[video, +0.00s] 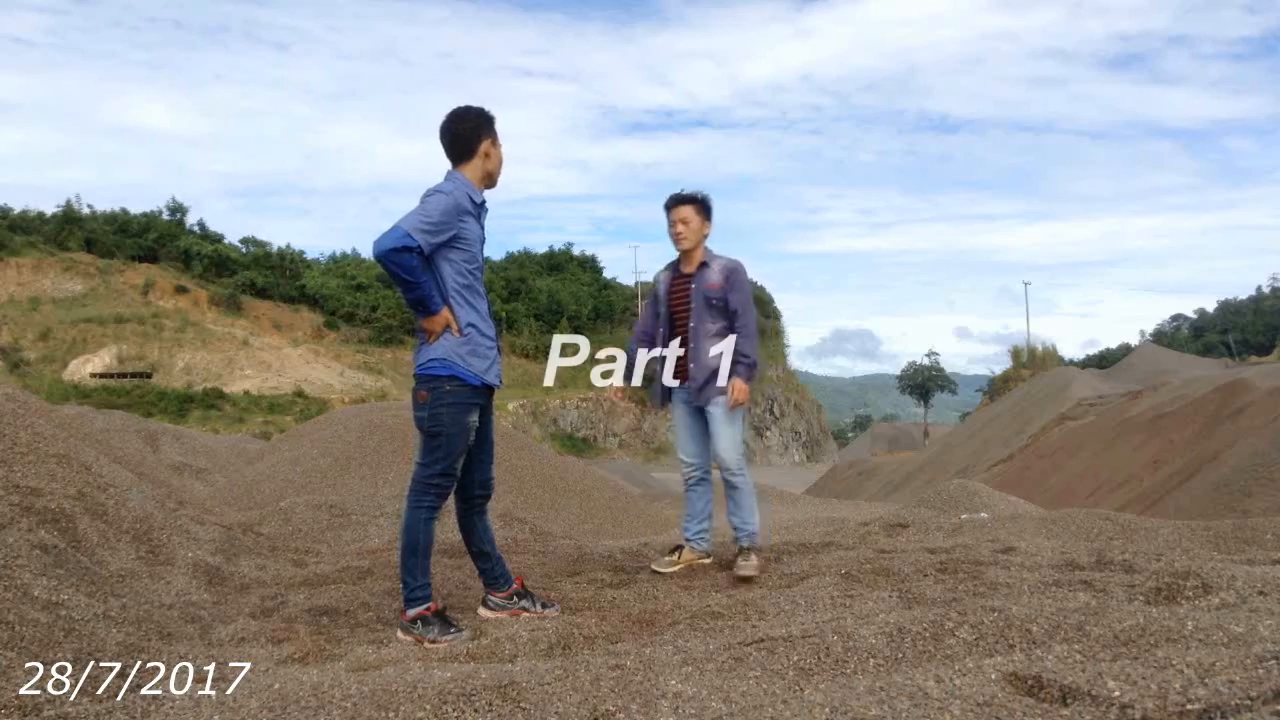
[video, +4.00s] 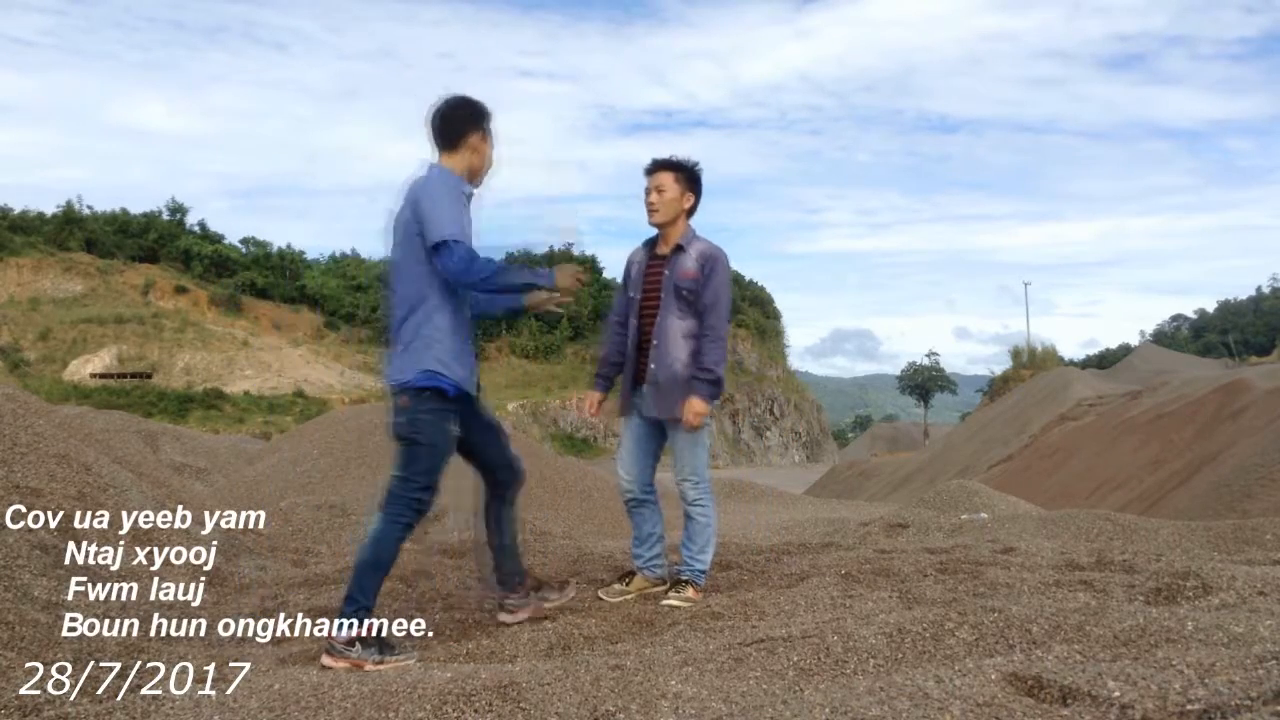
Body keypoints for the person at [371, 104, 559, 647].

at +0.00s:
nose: (502, 156)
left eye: (499, 145)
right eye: (499, 145)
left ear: (463, 150)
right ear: (486, 148)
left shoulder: (466, 204)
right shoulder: (450, 198)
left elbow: (419, 258)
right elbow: (393, 247)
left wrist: (453, 311)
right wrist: (432, 309)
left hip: (473, 376)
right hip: (448, 374)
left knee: (474, 494)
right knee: (430, 493)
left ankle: (501, 590)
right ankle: (418, 609)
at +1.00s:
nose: (538, 166)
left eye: (533, 157)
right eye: (533, 156)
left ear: (500, 165)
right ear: (520, 161)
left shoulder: (497, 209)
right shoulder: (499, 203)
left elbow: (432, 267)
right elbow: (450, 248)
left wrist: (473, 312)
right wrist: (474, 308)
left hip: (504, 378)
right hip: (489, 376)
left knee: (524, 480)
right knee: (487, 485)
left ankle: (504, 591)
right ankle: (432, 600)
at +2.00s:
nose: (565, 165)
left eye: (563, 155)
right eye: (562, 155)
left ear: (523, 158)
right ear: (549, 156)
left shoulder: (503, 202)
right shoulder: (527, 196)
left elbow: (463, 273)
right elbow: (494, 247)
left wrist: (520, 298)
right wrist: (548, 299)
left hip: (493, 364)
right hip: (516, 363)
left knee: (513, 476)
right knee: (547, 469)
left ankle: (504, 586)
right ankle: (534, 588)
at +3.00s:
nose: (366, 163)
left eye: (361, 153)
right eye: (361, 153)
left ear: (315, 162)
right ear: (345, 155)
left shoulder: (273, 215)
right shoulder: (360, 205)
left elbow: (221, 291)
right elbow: (358, 286)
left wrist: (251, 362)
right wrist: (358, 370)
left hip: (281, 385)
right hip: (338, 381)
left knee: (293, 506)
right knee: (402, 487)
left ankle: (251, 631)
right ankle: (415, 615)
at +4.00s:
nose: (491, 156)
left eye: (489, 144)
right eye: (489, 143)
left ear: (448, 141)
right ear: (474, 140)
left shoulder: (434, 197)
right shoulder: (438, 186)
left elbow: (459, 297)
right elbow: (457, 265)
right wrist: (544, 277)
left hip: (446, 380)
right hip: (428, 377)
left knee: (504, 472)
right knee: (406, 503)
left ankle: (514, 592)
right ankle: (349, 631)